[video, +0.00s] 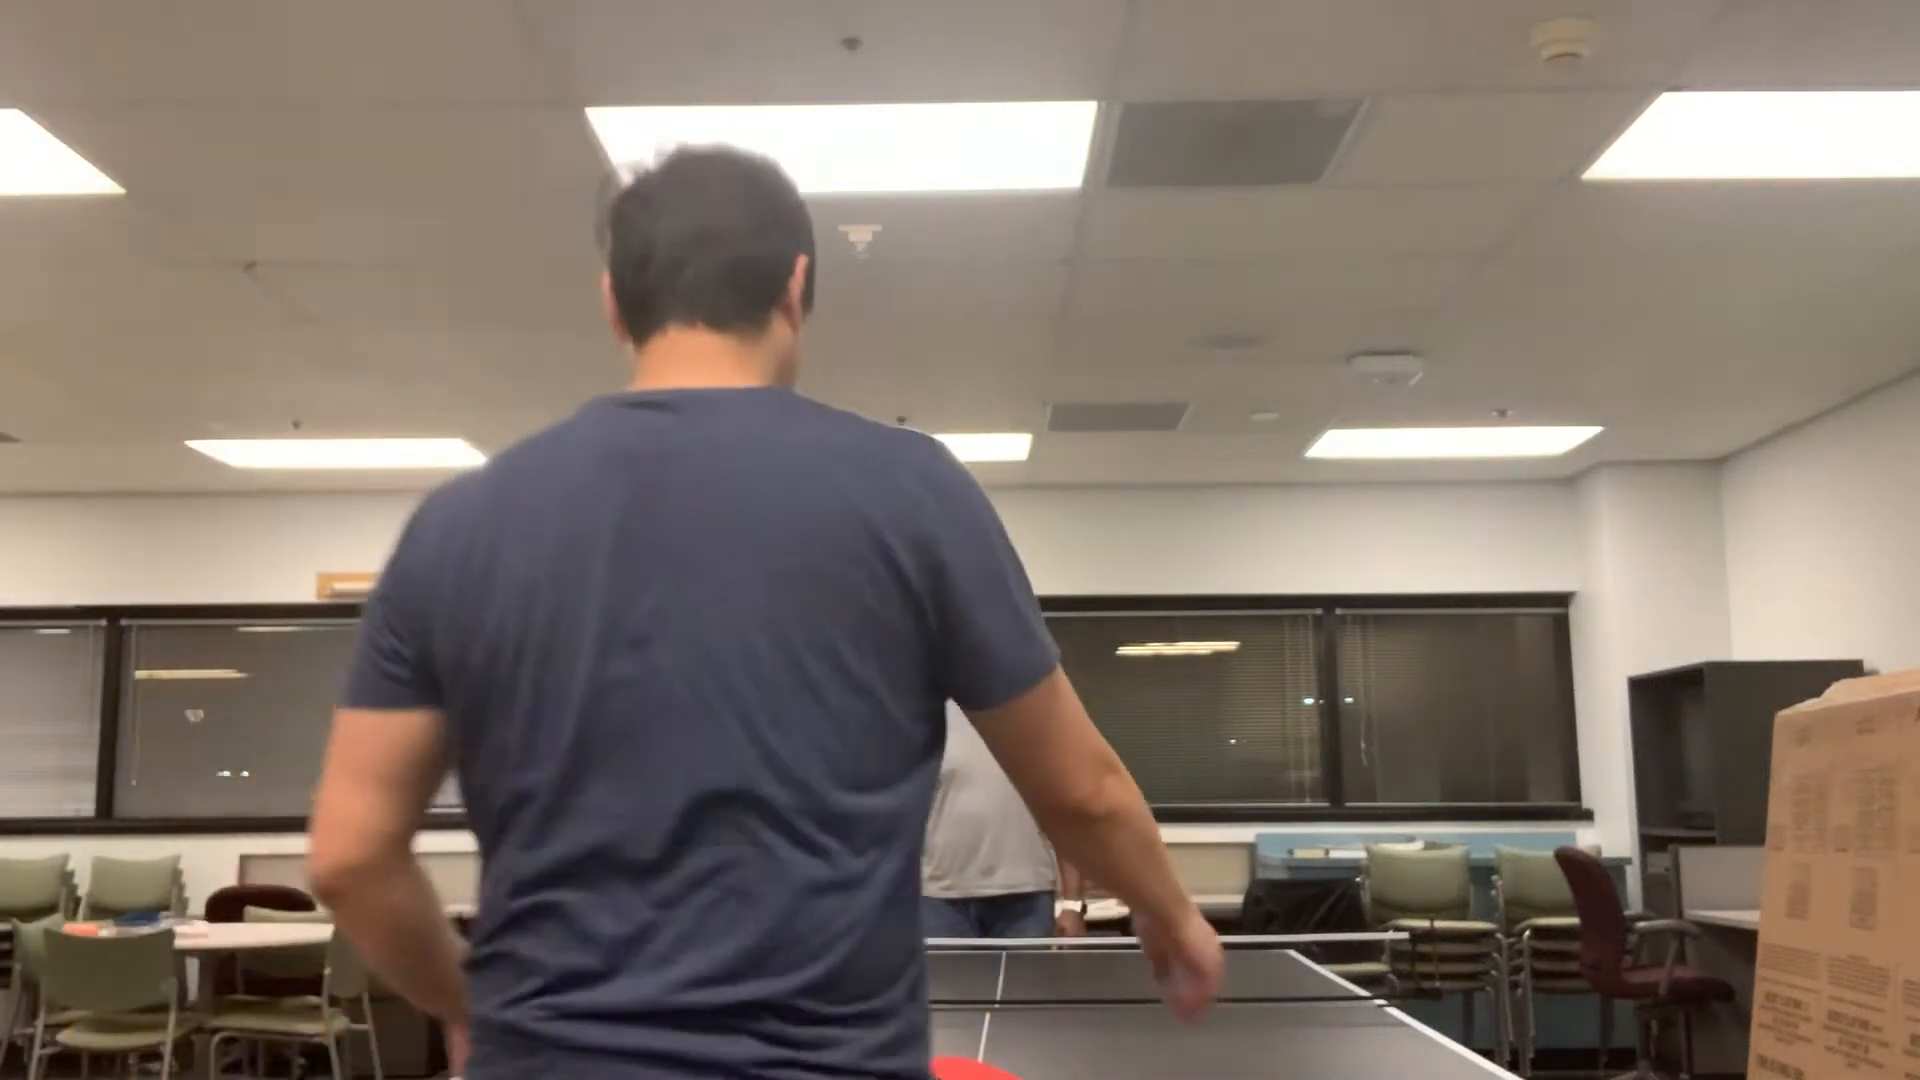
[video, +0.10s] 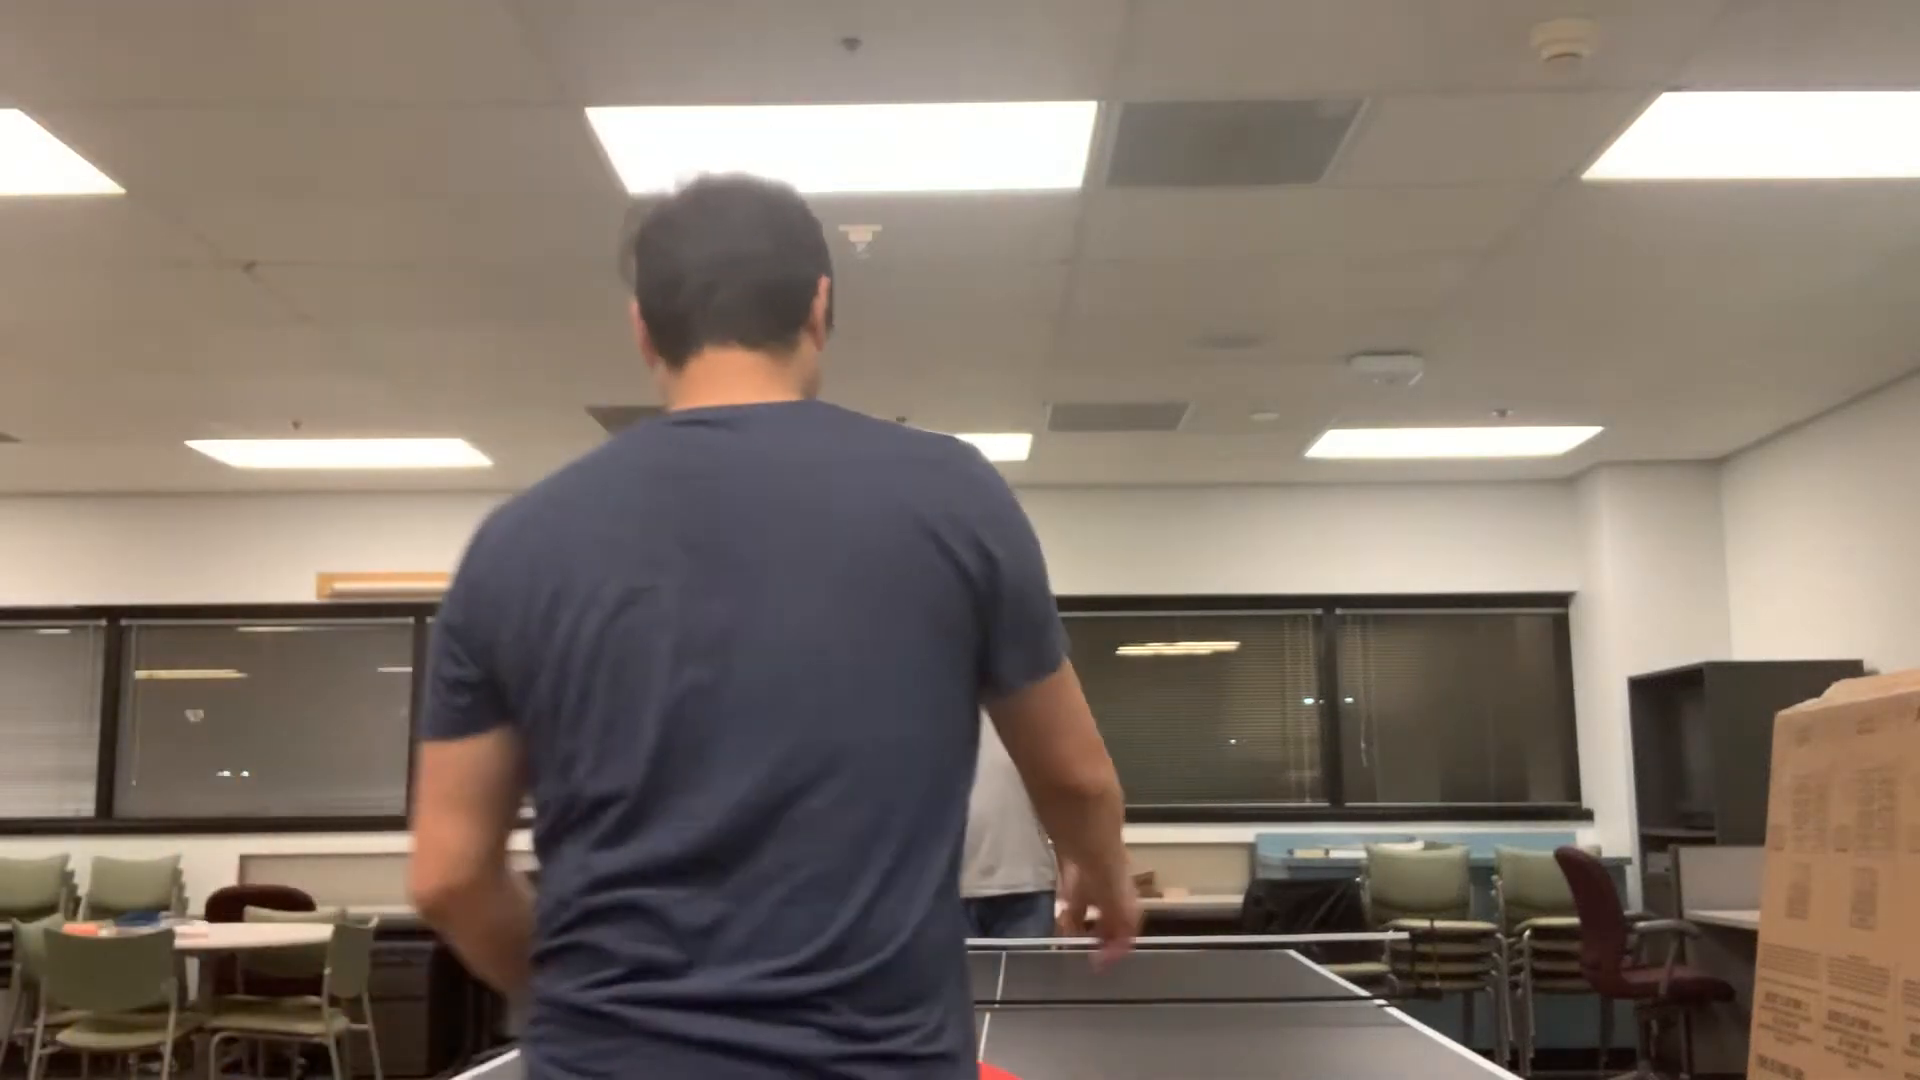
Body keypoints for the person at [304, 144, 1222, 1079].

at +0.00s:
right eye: (814, 294)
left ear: (611, 304)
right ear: (798, 289)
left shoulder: (470, 516)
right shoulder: (906, 484)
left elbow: (349, 855)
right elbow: (1083, 794)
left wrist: (466, 1007)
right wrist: (1170, 916)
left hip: (548, 1051)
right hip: (831, 1050)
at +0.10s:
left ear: (641, 329)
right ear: (822, 309)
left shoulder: (527, 538)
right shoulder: (946, 490)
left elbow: (449, 875)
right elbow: (1077, 780)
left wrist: (564, 987)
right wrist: (1101, 879)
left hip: (607, 1048)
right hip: (882, 1048)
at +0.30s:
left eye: (729, 360)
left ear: (740, 362)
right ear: (912, 342)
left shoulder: (665, 551)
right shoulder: (1052, 508)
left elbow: (656, 868)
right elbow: (1079, 773)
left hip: (757, 1051)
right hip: (1016, 1049)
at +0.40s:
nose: (811, 411)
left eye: (804, 396)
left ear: (815, 401)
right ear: (975, 377)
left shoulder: (754, 579)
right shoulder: (1113, 544)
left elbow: (756, 887)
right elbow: (1108, 796)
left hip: (852, 1053)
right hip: (1098, 1049)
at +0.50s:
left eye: (875, 427)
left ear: (893, 432)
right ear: (1047, 409)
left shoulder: (863, 601)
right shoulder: (1164, 566)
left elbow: (851, 902)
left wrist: (938, 1003)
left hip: (976, 1052)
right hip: (1204, 1044)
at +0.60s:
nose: (939, 454)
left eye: (934, 436)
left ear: (949, 441)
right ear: (1092, 422)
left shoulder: (940, 595)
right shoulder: (1203, 564)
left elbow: (922, 903)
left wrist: (974, 1025)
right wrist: (979, 1031)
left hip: (1082, 1048)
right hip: (1290, 1037)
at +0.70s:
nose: (982, 459)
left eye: (977, 441)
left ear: (990, 443)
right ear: (1132, 426)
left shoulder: (982, 584)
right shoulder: (1235, 557)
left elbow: (976, 894)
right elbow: (1135, 836)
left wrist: (1015, 1045)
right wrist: (1006, 1013)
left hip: (1157, 1035)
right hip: (1350, 1021)